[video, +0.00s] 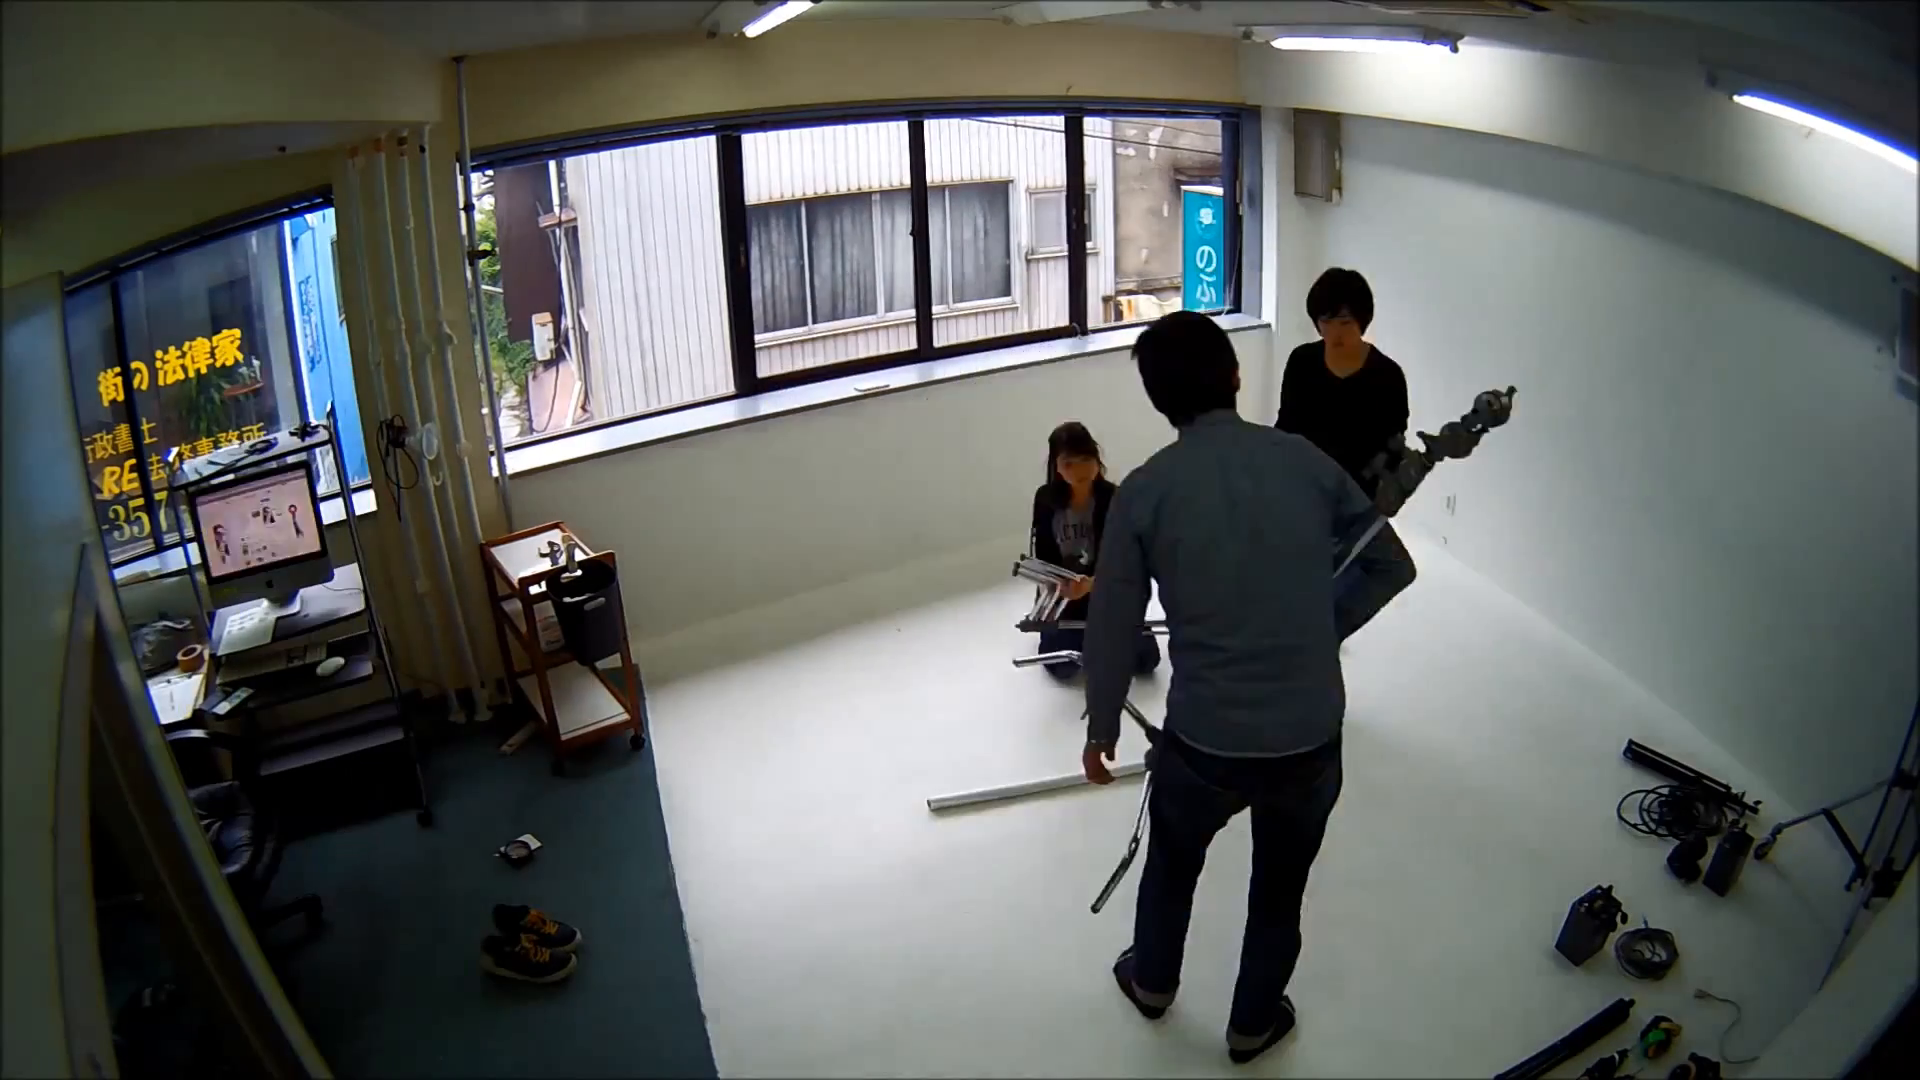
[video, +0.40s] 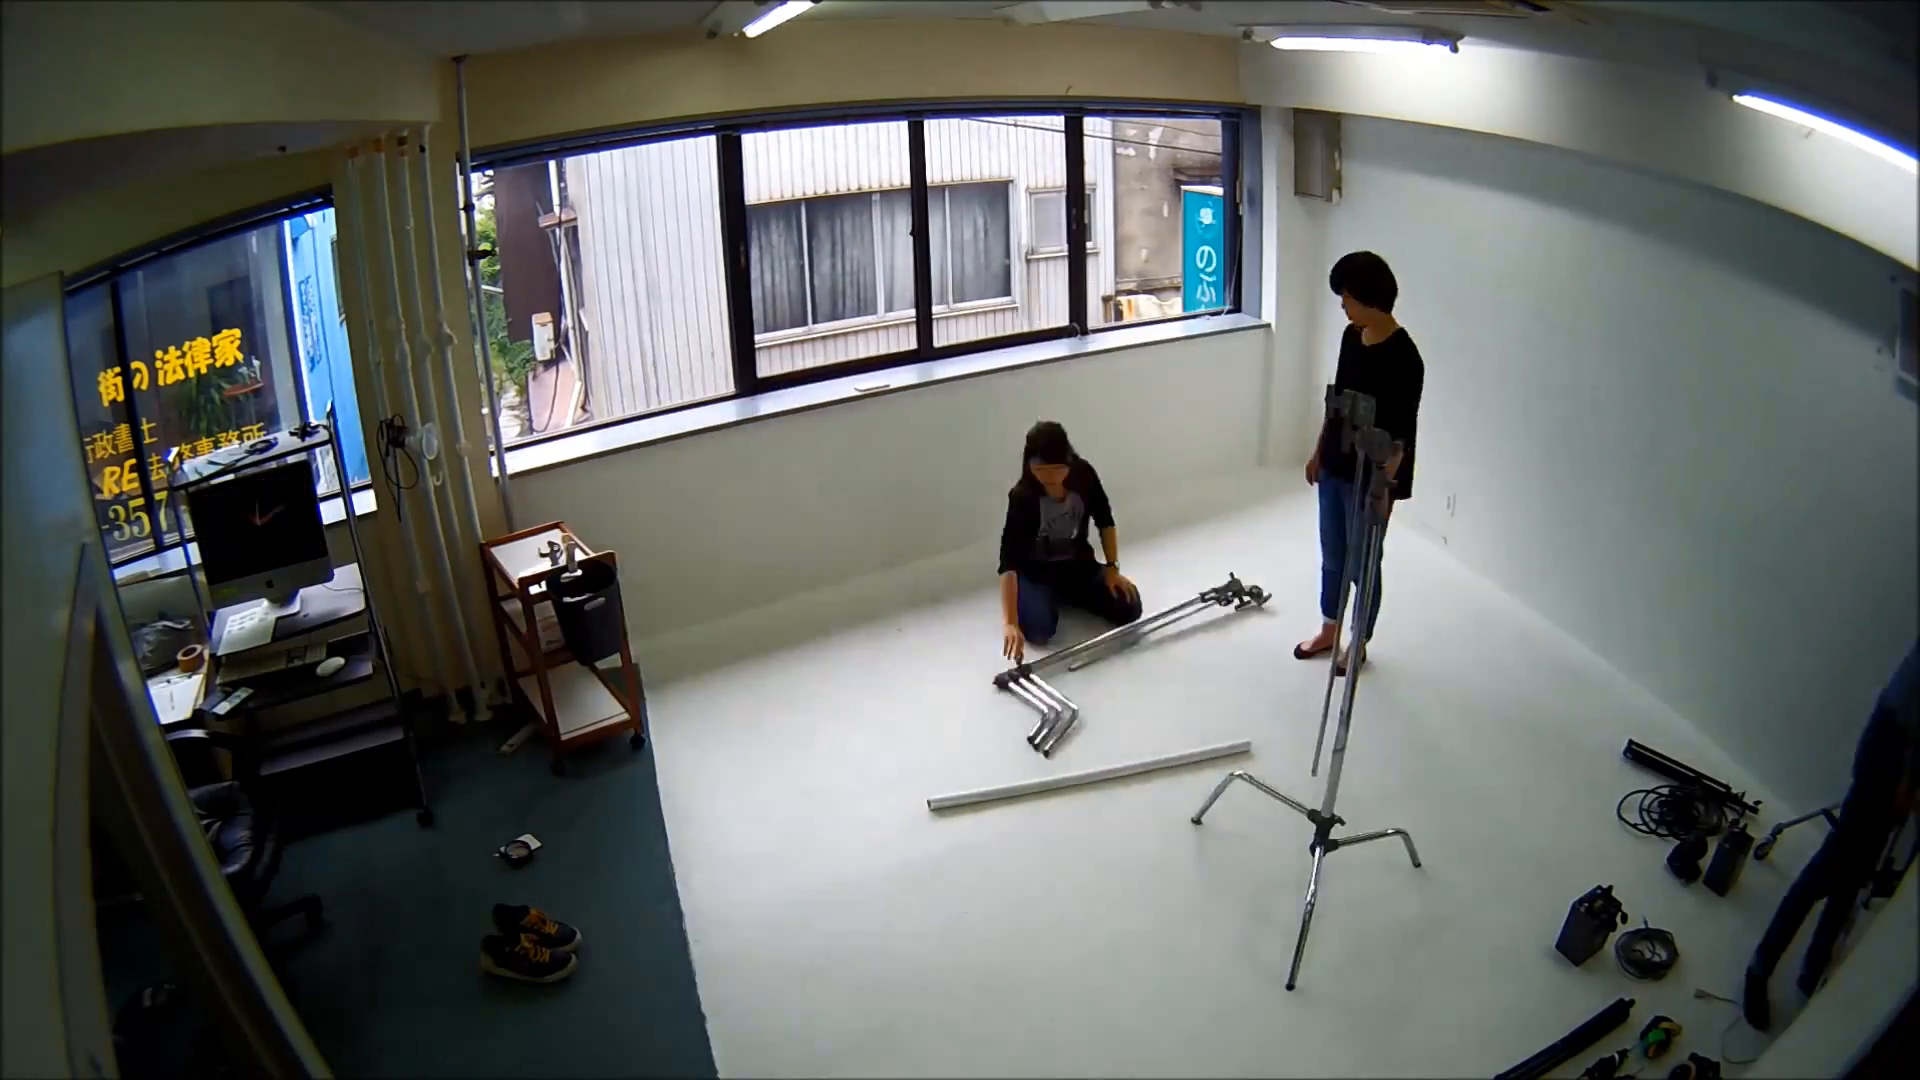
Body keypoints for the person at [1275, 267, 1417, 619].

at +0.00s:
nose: (1335, 331)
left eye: (1344, 321)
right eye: (1327, 321)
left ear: (1363, 319)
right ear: (1316, 321)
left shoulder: (1387, 374)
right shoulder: (1303, 361)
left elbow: (1394, 442)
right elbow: (1287, 425)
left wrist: (1387, 480)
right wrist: (1272, 472)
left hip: (1358, 495)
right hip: (1303, 488)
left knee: (1394, 570)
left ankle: (1321, 637)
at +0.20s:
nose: (1360, 307)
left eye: (1369, 298)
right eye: (1353, 298)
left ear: (1386, 296)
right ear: (1345, 297)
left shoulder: (1406, 345)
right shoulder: (1334, 335)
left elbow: (1392, 402)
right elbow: (1318, 400)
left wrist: (1369, 350)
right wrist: (1308, 457)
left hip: (1376, 473)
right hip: (1331, 466)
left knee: (1367, 566)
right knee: (1332, 557)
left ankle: (1362, 640)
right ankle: (1329, 631)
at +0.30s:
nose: (1352, 313)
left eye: (1358, 304)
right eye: (1348, 304)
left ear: (1378, 298)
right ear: (1345, 301)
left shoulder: (1407, 349)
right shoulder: (1338, 337)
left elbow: (1388, 402)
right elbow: (1320, 400)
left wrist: (1366, 351)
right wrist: (1308, 457)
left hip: (1374, 476)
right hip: (1329, 468)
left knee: (1365, 566)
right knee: (1331, 559)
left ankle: (1359, 643)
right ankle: (1328, 631)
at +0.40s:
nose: (1342, 305)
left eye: (1346, 297)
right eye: (1341, 297)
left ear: (1368, 297)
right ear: (1363, 299)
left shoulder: (1405, 357)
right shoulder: (1352, 336)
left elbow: (1402, 430)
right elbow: (1338, 403)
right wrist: (1319, 453)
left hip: (1371, 478)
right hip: (1333, 469)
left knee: (1363, 565)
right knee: (1332, 557)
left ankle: (1358, 644)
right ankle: (1329, 632)